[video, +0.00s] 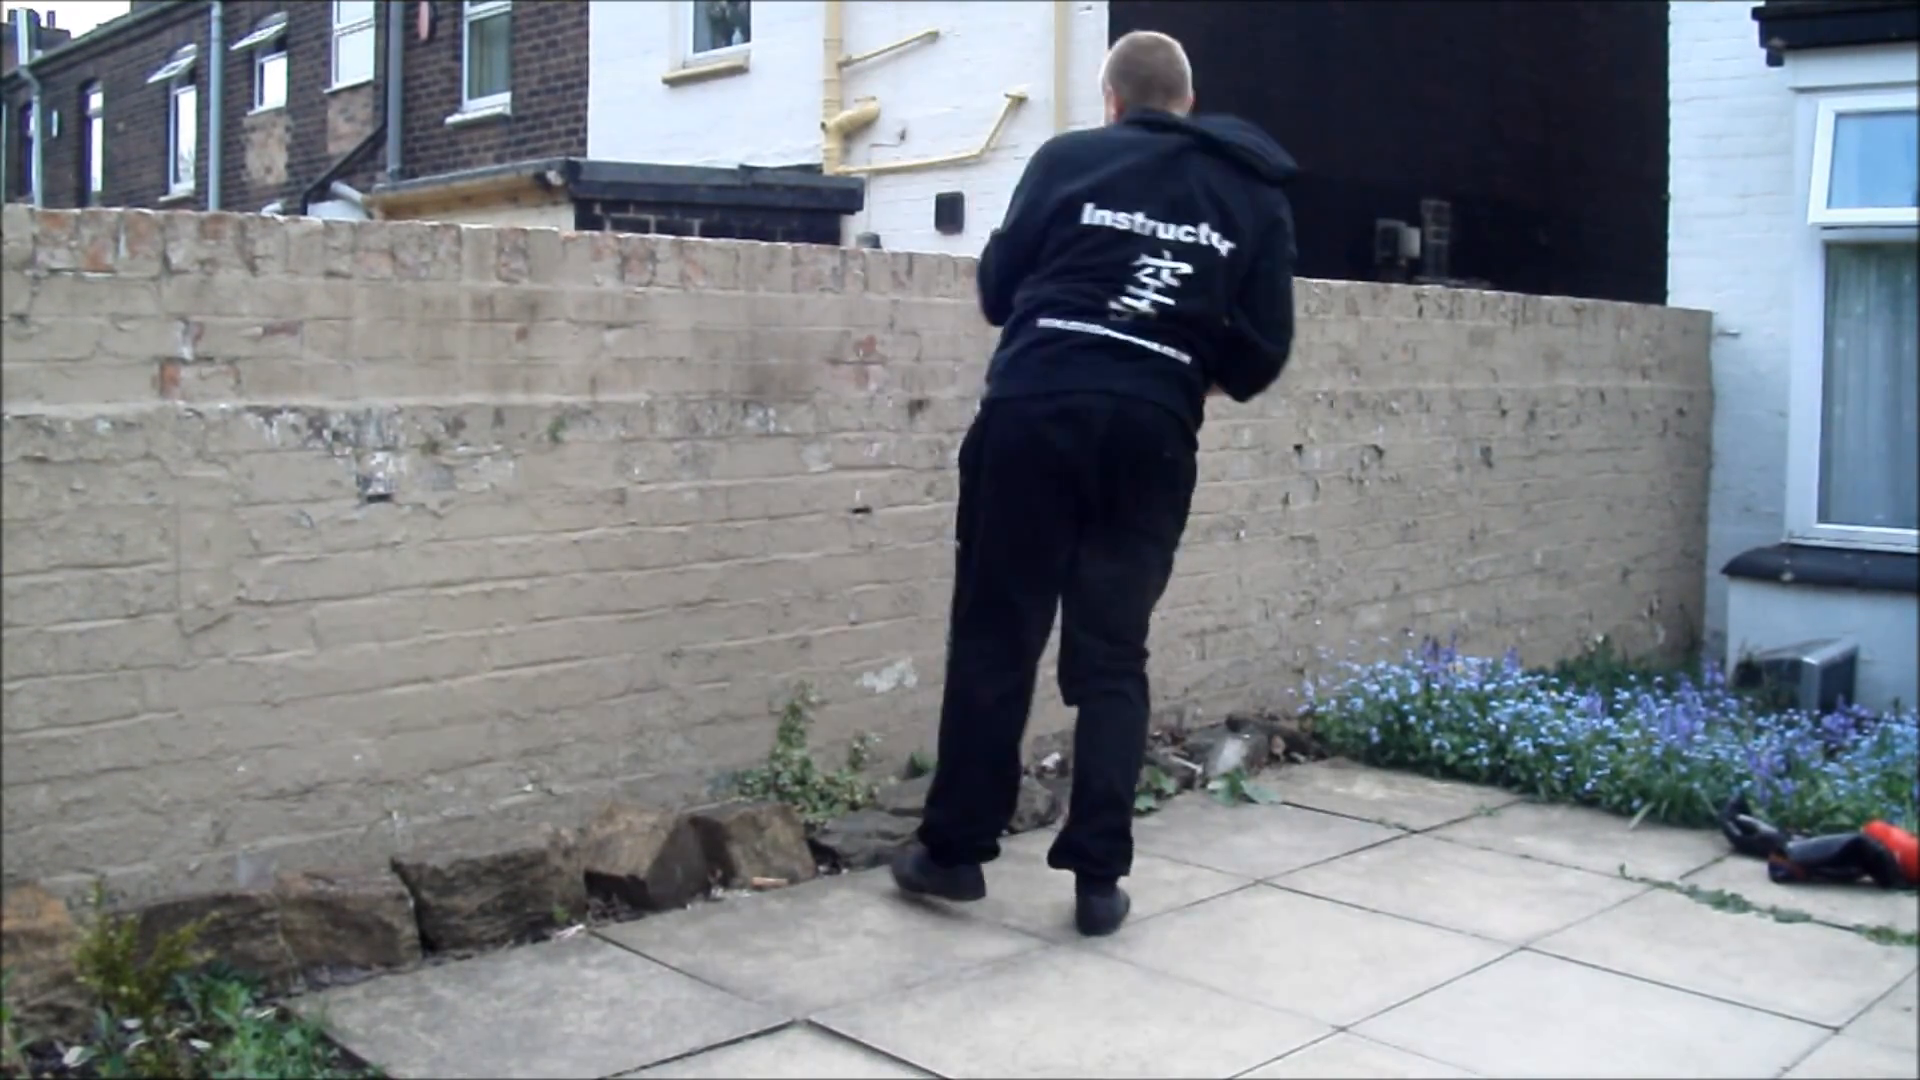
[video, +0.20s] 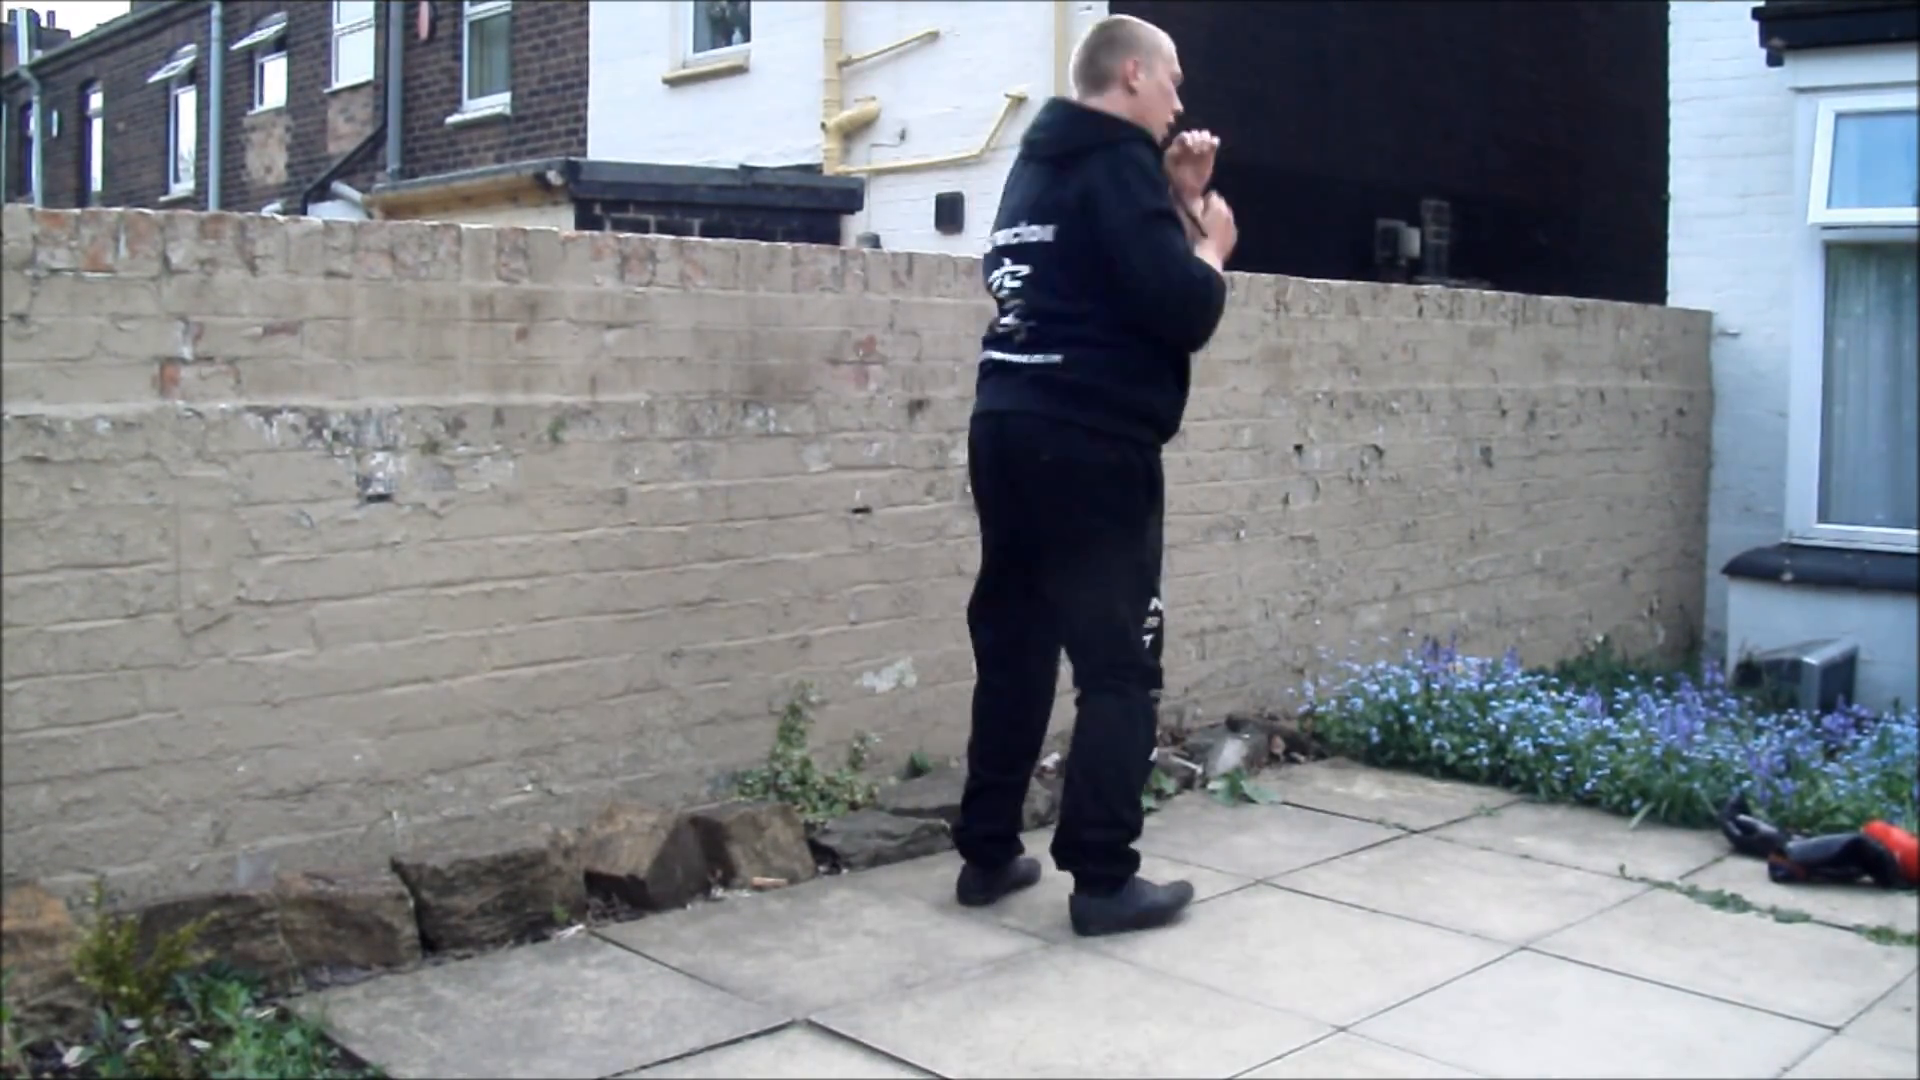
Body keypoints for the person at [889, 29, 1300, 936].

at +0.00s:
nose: (1102, 108)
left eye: (1102, 97)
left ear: (1110, 99)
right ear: (1195, 102)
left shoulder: (1066, 156)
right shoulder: (1255, 193)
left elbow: (998, 289)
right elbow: (1259, 357)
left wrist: (1077, 301)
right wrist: (1183, 346)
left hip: (1032, 407)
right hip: (1153, 425)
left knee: (992, 638)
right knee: (1112, 656)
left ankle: (952, 857)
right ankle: (1098, 882)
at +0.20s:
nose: (1178, 101)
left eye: (1177, 85)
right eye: (1172, 83)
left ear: (1094, 81)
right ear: (1133, 80)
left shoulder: (1039, 160)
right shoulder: (1121, 164)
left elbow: (1111, 268)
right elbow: (1186, 314)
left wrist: (1176, 194)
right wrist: (1213, 252)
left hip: (1004, 438)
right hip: (1093, 448)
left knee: (1012, 653)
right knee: (1118, 670)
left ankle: (988, 858)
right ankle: (1102, 884)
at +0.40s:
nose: (1139, 48)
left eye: (1139, 33)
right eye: (1122, 31)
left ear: (1088, 43)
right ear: (1061, 40)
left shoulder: (1113, 140)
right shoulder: (1006, 135)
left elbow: (1217, 227)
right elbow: (1050, 252)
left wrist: (1170, 118)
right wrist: (1127, 150)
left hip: (1114, 415)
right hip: (1055, 412)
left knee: (1067, 629)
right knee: (1097, 632)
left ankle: (992, 811)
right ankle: (1023, 833)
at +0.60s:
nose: (1089, 84)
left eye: (1097, 66)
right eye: (1065, 72)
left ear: (1115, 78)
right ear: (1027, 96)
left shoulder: (1166, 184)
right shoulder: (984, 206)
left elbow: (1217, 323)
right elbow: (975, 350)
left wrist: (1157, 216)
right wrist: (1059, 245)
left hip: (1145, 475)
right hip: (1039, 478)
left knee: (1153, 659)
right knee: (1036, 677)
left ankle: (1045, 815)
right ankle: (991, 861)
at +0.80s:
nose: (1109, 76)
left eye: (1123, 59)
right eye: (1090, 61)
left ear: (1148, 66)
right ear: (1060, 72)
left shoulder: (1203, 145)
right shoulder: (1019, 161)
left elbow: (1256, 285)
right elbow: (992, 321)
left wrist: (1177, 185)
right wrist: (1047, 261)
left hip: (1194, 446)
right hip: (1076, 451)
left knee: (1223, 636)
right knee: (1055, 651)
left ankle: (1229, 804)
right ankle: (1009, 856)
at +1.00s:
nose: (1186, 152)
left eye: (1204, 136)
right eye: (1171, 135)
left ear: (1233, 140)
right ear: (1144, 135)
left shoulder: (1275, 220)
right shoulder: (1098, 228)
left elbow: (1274, 341)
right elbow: (1061, 385)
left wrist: (1224, 228)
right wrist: (1089, 325)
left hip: (1252, 496)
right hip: (1134, 497)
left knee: (1294, 665)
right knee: (1096, 673)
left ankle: (1287, 819)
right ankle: (1016, 860)